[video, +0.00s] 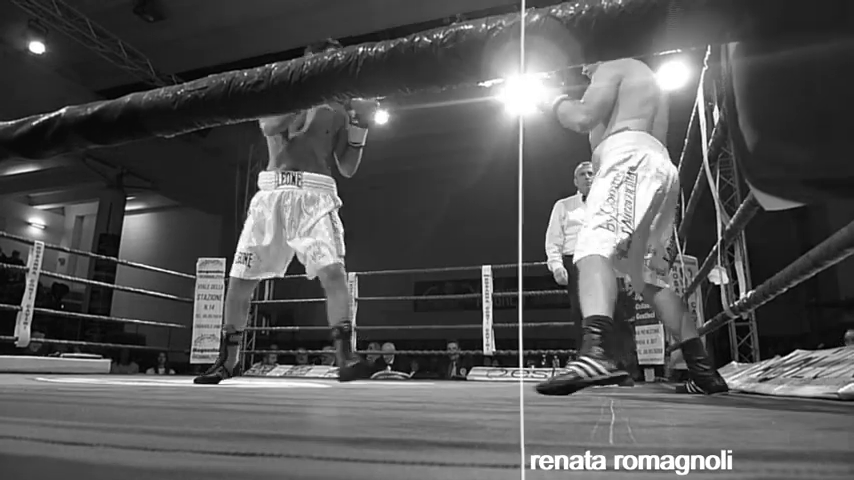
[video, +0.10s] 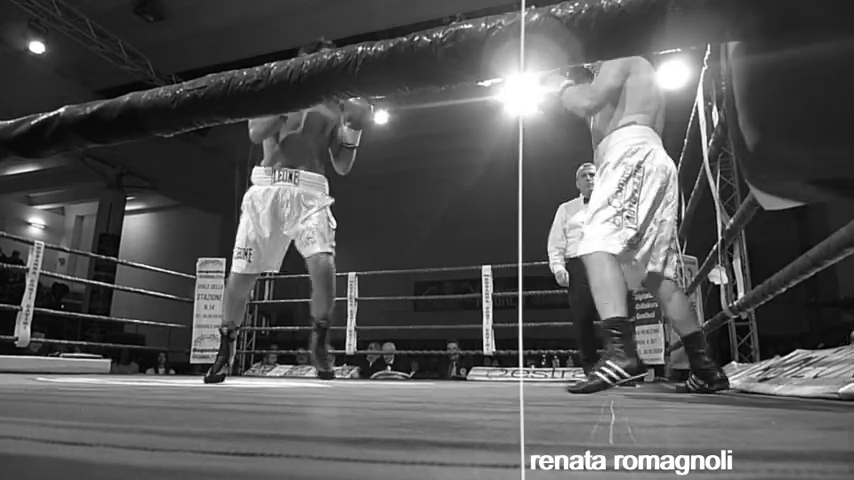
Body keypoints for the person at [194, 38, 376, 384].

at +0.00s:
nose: (322, 69)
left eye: (329, 63)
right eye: (316, 60)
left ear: (337, 69)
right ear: (303, 63)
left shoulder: (339, 109)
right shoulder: (273, 98)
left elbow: (348, 168)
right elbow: (276, 128)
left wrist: (359, 131)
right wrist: (311, 96)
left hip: (318, 196)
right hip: (272, 195)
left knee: (332, 272)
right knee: (240, 279)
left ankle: (346, 359)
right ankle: (228, 361)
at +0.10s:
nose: (316, 72)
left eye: (324, 65)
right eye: (311, 64)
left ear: (332, 70)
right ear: (298, 64)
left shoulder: (336, 109)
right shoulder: (273, 94)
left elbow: (342, 166)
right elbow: (255, 134)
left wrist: (353, 129)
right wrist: (286, 107)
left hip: (312, 192)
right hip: (267, 189)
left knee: (324, 267)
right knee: (242, 272)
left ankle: (320, 348)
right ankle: (225, 350)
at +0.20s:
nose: (305, 95)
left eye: (310, 91)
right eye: (299, 89)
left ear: (317, 95)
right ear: (284, 89)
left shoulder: (324, 130)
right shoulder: (261, 115)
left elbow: (338, 182)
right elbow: (244, 155)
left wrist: (348, 152)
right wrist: (278, 123)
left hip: (300, 214)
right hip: (256, 207)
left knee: (308, 290)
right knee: (236, 287)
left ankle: (286, 342)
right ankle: (221, 359)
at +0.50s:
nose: (340, 95)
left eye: (341, 90)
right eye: (334, 88)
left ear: (338, 96)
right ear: (314, 88)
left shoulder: (334, 124)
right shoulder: (282, 111)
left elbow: (351, 171)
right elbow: (274, 138)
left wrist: (362, 136)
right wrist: (307, 110)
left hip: (322, 202)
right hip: (282, 199)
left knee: (349, 270)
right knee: (261, 278)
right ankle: (240, 347)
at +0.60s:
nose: (341, 109)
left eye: (345, 107)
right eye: (338, 100)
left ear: (340, 110)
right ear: (318, 95)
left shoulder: (337, 139)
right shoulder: (291, 116)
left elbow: (351, 189)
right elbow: (306, 139)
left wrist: (371, 162)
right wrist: (332, 117)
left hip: (328, 216)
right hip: (288, 214)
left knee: (366, 283)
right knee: (264, 292)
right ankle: (244, 351)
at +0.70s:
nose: (365, 120)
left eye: (367, 115)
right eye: (358, 112)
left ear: (363, 119)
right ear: (341, 109)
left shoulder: (359, 156)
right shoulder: (319, 132)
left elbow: (359, 209)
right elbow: (352, 146)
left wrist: (378, 184)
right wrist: (377, 111)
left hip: (348, 233)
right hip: (310, 230)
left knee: (390, 295)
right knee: (276, 299)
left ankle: (413, 367)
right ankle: (243, 358)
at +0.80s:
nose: (400, 121)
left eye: (402, 115)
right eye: (395, 114)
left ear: (402, 119)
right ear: (379, 113)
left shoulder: (387, 152)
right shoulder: (342, 127)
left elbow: (397, 200)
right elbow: (353, 155)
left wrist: (412, 170)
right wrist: (373, 121)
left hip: (371, 227)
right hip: (332, 223)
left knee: (411, 291)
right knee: (299, 299)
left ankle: (417, 367)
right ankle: (254, 348)